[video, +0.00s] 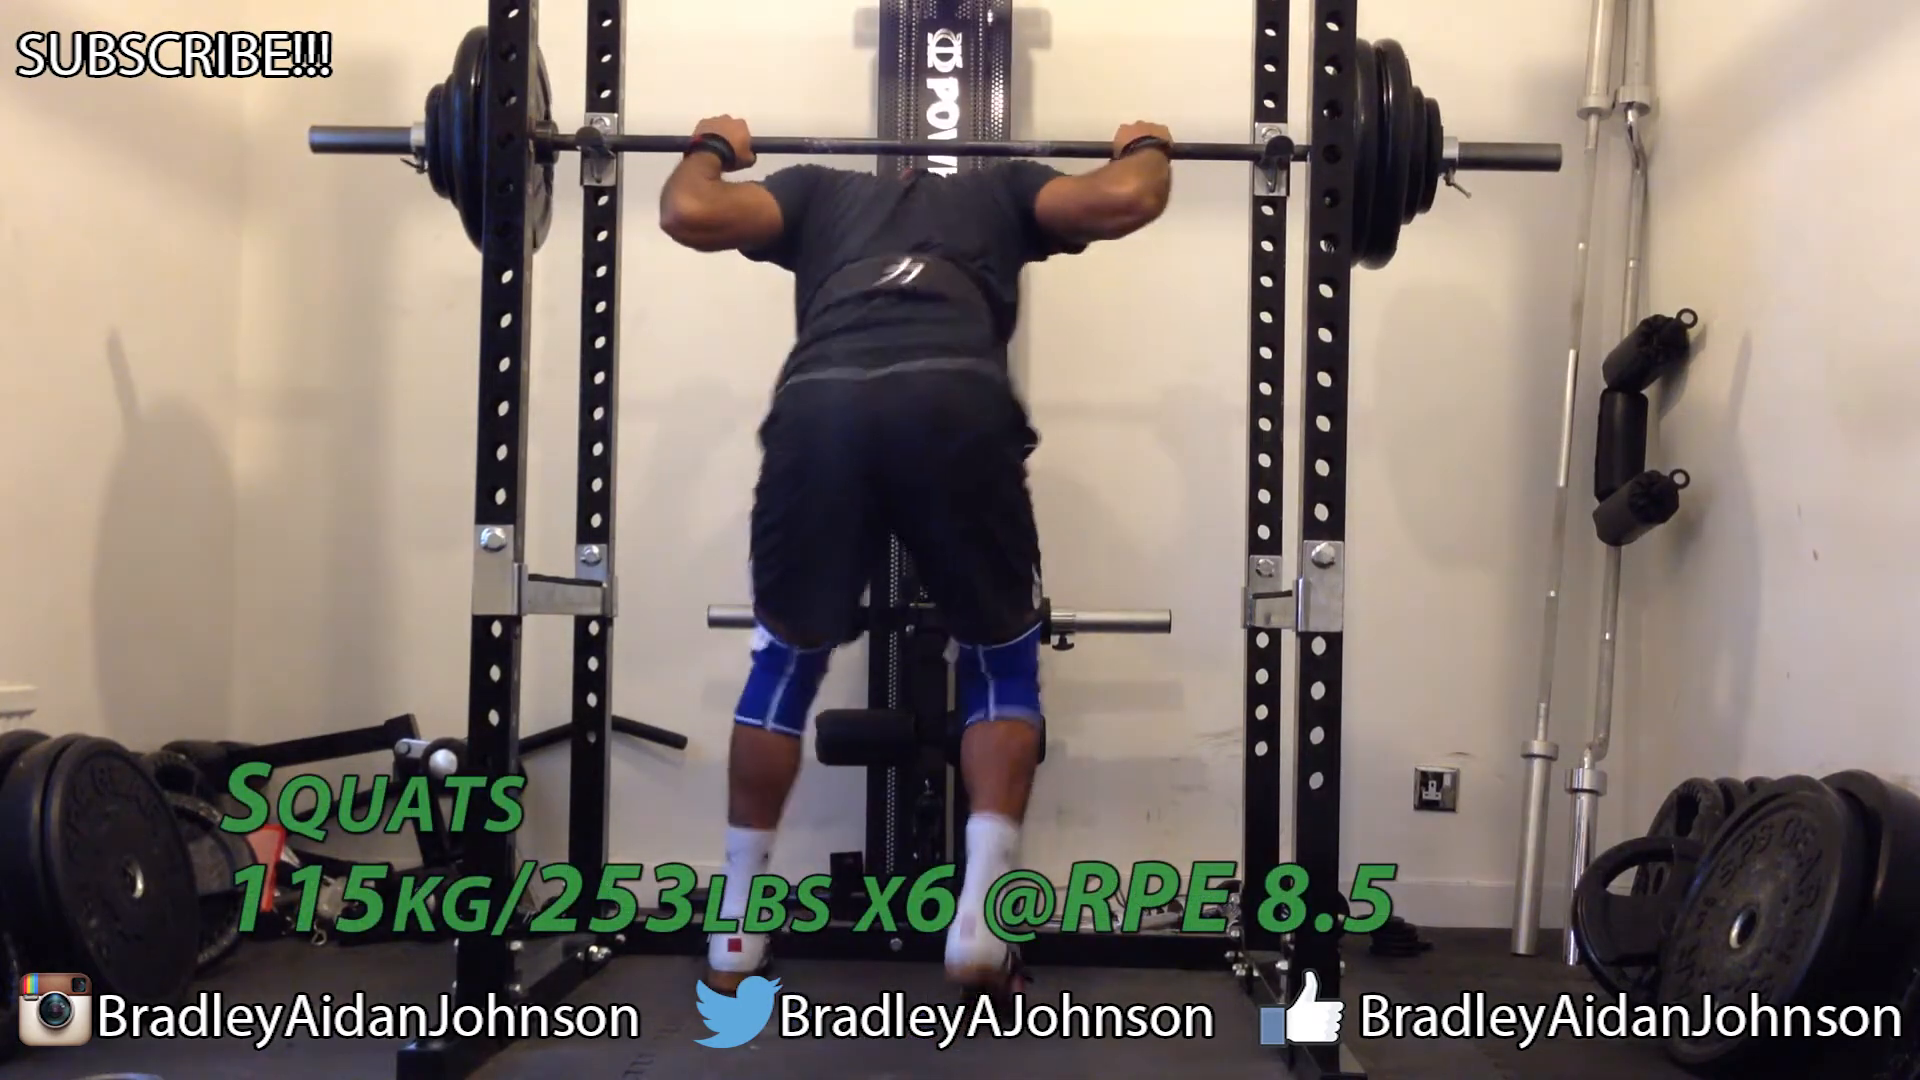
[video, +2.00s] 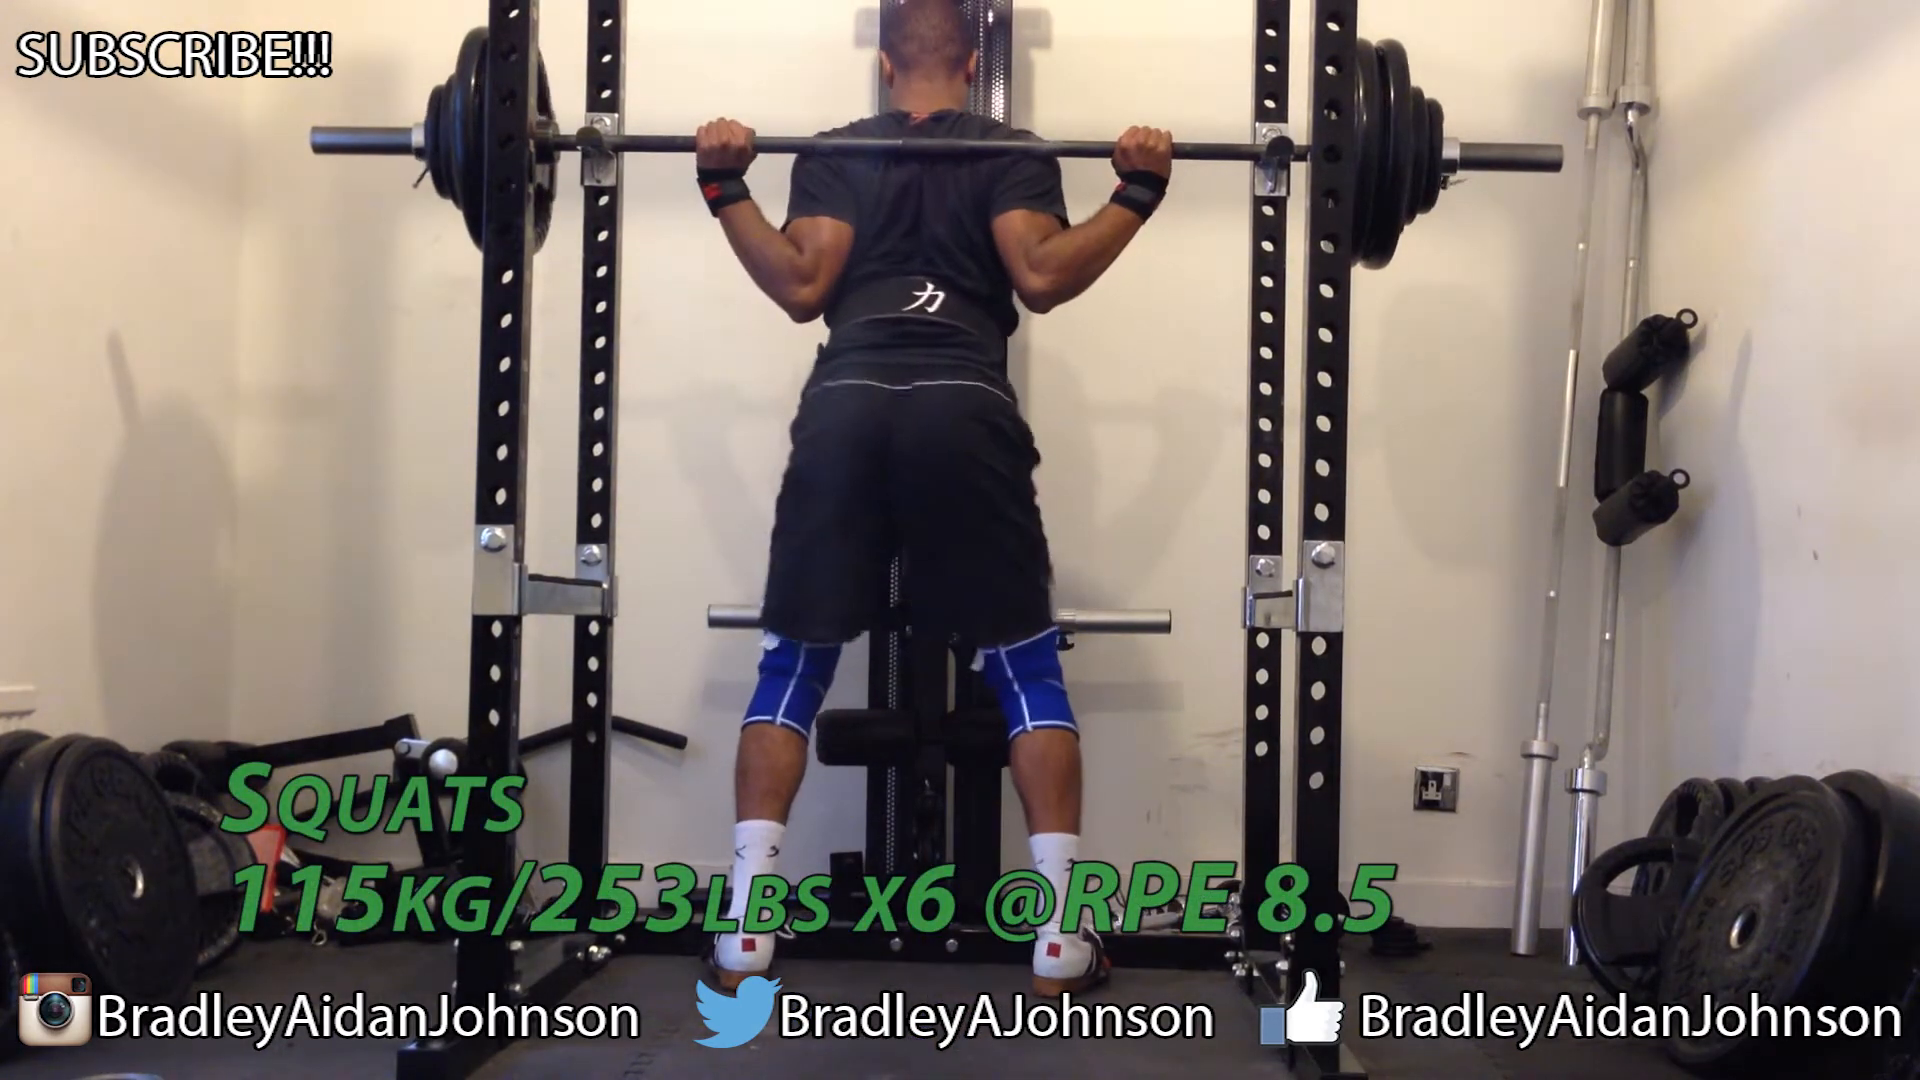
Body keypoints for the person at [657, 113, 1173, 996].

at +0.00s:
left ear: (883, 151)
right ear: (975, 151)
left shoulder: (821, 189)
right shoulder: (1006, 188)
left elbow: (687, 214)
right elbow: (1128, 198)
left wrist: (710, 146)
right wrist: (1149, 144)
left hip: (819, 414)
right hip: (956, 410)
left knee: (783, 660)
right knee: (1003, 662)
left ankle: (737, 923)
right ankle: (978, 920)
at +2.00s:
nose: (907, 39)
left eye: (894, 30)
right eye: (959, 33)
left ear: (881, 56)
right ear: (973, 52)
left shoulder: (833, 151)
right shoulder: (1009, 151)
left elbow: (801, 286)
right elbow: (1041, 278)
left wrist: (726, 188)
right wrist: (1136, 192)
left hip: (840, 408)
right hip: (962, 408)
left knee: (791, 667)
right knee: (1029, 672)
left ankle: (749, 914)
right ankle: (1058, 922)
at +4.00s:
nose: (939, 127)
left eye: (917, 119)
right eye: (951, 118)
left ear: (878, 126)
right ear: (965, 126)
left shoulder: (835, 161)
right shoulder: (999, 162)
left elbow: (781, 259)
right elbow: (1048, 248)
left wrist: (720, 174)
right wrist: (1137, 183)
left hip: (847, 412)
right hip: (973, 409)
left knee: (776, 658)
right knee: (1032, 668)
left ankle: (744, 916)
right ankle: (1062, 926)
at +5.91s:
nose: (930, 94)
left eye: (898, 81)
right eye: (954, 85)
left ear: (879, 97)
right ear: (969, 100)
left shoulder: (836, 156)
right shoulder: (1000, 154)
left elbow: (776, 205)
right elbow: (1052, 197)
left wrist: (727, 148)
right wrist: (1135, 152)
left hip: (851, 424)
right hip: (982, 425)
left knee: (778, 668)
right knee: (1041, 678)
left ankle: (744, 919)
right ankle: (1060, 931)